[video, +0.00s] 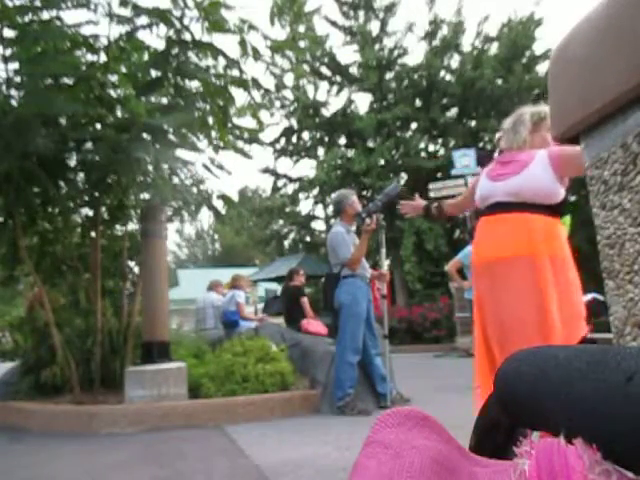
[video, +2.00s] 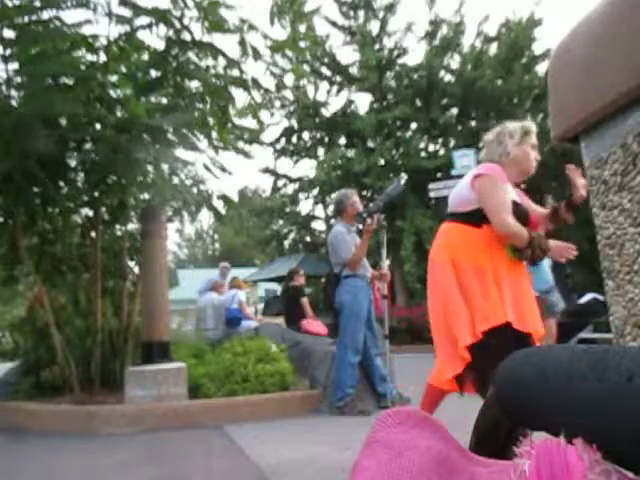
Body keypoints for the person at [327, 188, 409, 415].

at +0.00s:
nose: (360, 206)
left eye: (358, 201)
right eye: (356, 202)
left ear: (348, 207)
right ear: (347, 207)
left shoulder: (350, 233)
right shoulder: (337, 234)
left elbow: (357, 265)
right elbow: (352, 262)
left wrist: (374, 273)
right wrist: (366, 235)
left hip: (362, 284)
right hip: (350, 284)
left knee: (370, 344)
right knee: (350, 345)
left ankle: (386, 393)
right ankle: (344, 398)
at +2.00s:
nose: (361, 206)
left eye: (360, 202)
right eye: (356, 202)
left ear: (351, 207)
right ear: (346, 207)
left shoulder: (352, 232)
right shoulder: (338, 233)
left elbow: (358, 266)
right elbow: (353, 262)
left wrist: (375, 274)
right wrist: (367, 235)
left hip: (363, 285)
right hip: (351, 285)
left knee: (370, 344)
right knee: (351, 344)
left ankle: (386, 392)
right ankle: (344, 398)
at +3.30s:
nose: (362, 207)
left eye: (361, 202)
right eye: (358, 203)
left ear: (353, 207)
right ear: (347, 207)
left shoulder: (356, 231)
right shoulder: (337, 233)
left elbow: (360, 262)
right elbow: (350, 261)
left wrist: (374, 274)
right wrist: (361, 238)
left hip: (364, 283)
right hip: (350, 283)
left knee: (371, 342)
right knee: (349, 344)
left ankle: (385, 393)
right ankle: (343, 398)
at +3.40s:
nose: (361, 206)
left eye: (361, 202)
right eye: (357, 202)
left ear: (354, 207)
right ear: (346, 207)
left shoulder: (357, 231)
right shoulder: (337, 234)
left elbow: (366, 258)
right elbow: (346, 261)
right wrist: (362, 238)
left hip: (364, 285)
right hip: (347, 287)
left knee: (371, 342)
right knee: (348, 345)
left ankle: (384, 392)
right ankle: (343, 397)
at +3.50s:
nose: (361, 206)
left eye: (361, 202)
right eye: (357, 202)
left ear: (357, 207)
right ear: (346, 207)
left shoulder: (357, 231)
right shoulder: (337, 233)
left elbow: (365, 262)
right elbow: (348, 263)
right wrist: (362, 238)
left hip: (366, 282)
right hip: (348, 283)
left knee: (372, 342)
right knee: (348, 343)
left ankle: (385, 392)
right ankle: (344, 397)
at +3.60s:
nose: (362, 206)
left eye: (362, 202)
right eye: (357, 202)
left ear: (354, 207)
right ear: (346, 207)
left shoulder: (357, 232)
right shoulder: (337, 233)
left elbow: (363, 263)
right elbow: (347, 263)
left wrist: (376, 273)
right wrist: (360, 238)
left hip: (365, 283)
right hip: (349, 283)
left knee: (372, 341)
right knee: (348, 343)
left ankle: (385, 392)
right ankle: (343, 397)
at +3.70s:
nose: (361, 209)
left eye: (361, 205)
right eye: (356, 205)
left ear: (358, 207)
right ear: (345, 208)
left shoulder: (359, 231)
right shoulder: (337, 233)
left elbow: (367, 261)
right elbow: (347, 262)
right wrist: (359, 237)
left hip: (366, 282)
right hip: (349, 283)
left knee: (368, 338)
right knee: (347, 342)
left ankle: (377, 388)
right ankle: (344, 396)